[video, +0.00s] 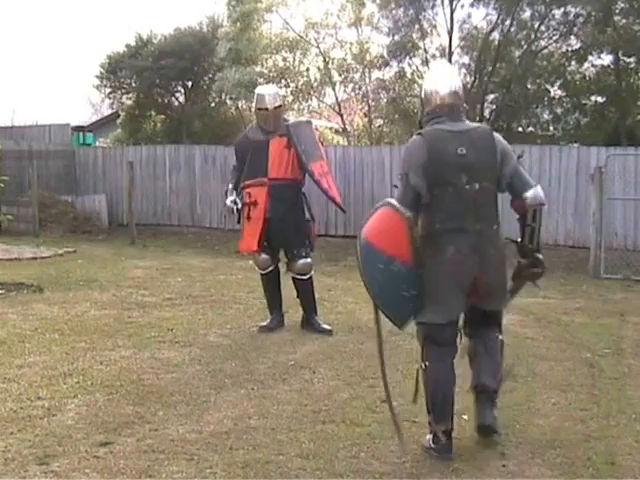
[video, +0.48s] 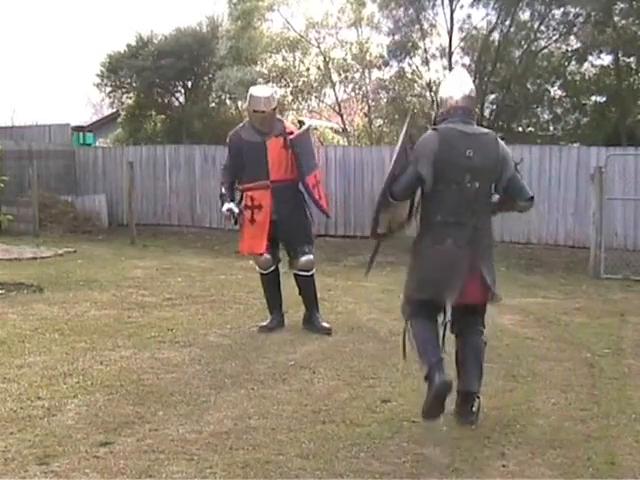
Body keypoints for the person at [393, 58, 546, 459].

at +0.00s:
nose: (422, 110)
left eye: (423, 105)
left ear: (426, 108)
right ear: (460, 104)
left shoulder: (420, 145)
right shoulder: (490, 139)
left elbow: (408, 207)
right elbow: (532, 197)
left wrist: (396, 267)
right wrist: (530, 249)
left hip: (442, 253)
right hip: (490, 252)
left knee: (439, 343)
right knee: (486, 326)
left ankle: (441, 436)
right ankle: (486, 413)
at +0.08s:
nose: (426, 114)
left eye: (426, 108)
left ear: (428, 110)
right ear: (463, 107)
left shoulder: (420, 149)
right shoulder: (491, 146)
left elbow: (401, 213)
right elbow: (531, 201)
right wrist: (524, 250)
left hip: (436, 257)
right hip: (484, 257)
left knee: (437, 345)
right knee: (481, 328)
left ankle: (440, 437)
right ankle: (478, 410)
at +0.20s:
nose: (434, 119)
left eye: (434, 115)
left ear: (435, 116)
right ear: (468, 116)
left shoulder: (422, 154)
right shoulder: (492, 154)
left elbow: (398, 216)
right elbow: (530, 208)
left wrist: (389, 204)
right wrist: (510, 244)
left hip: (433, 257)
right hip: (480, 258)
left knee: (432, 340)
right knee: (471, 331)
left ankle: (438, 438)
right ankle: (467, 404)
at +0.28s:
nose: (439, 120)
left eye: (439, 115)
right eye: (466, 116)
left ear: (440, 116)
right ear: (472, 117)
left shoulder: (426, 151)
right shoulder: (492, 154)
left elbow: (397, 209)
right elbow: (525, 210)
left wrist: (394, 252)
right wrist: (500, 235)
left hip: (433, 258)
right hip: (477, 259)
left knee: (430, 339)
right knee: (470, 328)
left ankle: (436, 431)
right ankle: (467, 402)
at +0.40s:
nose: (441, 113)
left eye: (442, 108)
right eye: (469, 108)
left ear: (443, 109)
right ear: (474, 111)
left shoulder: (429, 145)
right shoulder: (496, 149)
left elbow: (401, 196)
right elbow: (522, 204)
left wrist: (391, 230)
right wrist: (490, 217)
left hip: (435, 250)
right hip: (477, 252)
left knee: (424, 324)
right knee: (470, 324)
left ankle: (435, 389)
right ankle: (468, 402)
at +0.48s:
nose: (437, 115)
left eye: (439, 110)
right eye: (442, 110)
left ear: (443, 113)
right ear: (472, 114)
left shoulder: (432, 140)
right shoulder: (496, 145)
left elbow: (399, 192)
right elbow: (520, 198)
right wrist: (488, 206)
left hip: (435, 244)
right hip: (477, 246)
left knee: (422, 310)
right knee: (471, 321)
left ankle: (437, 375)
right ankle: (469, 398)